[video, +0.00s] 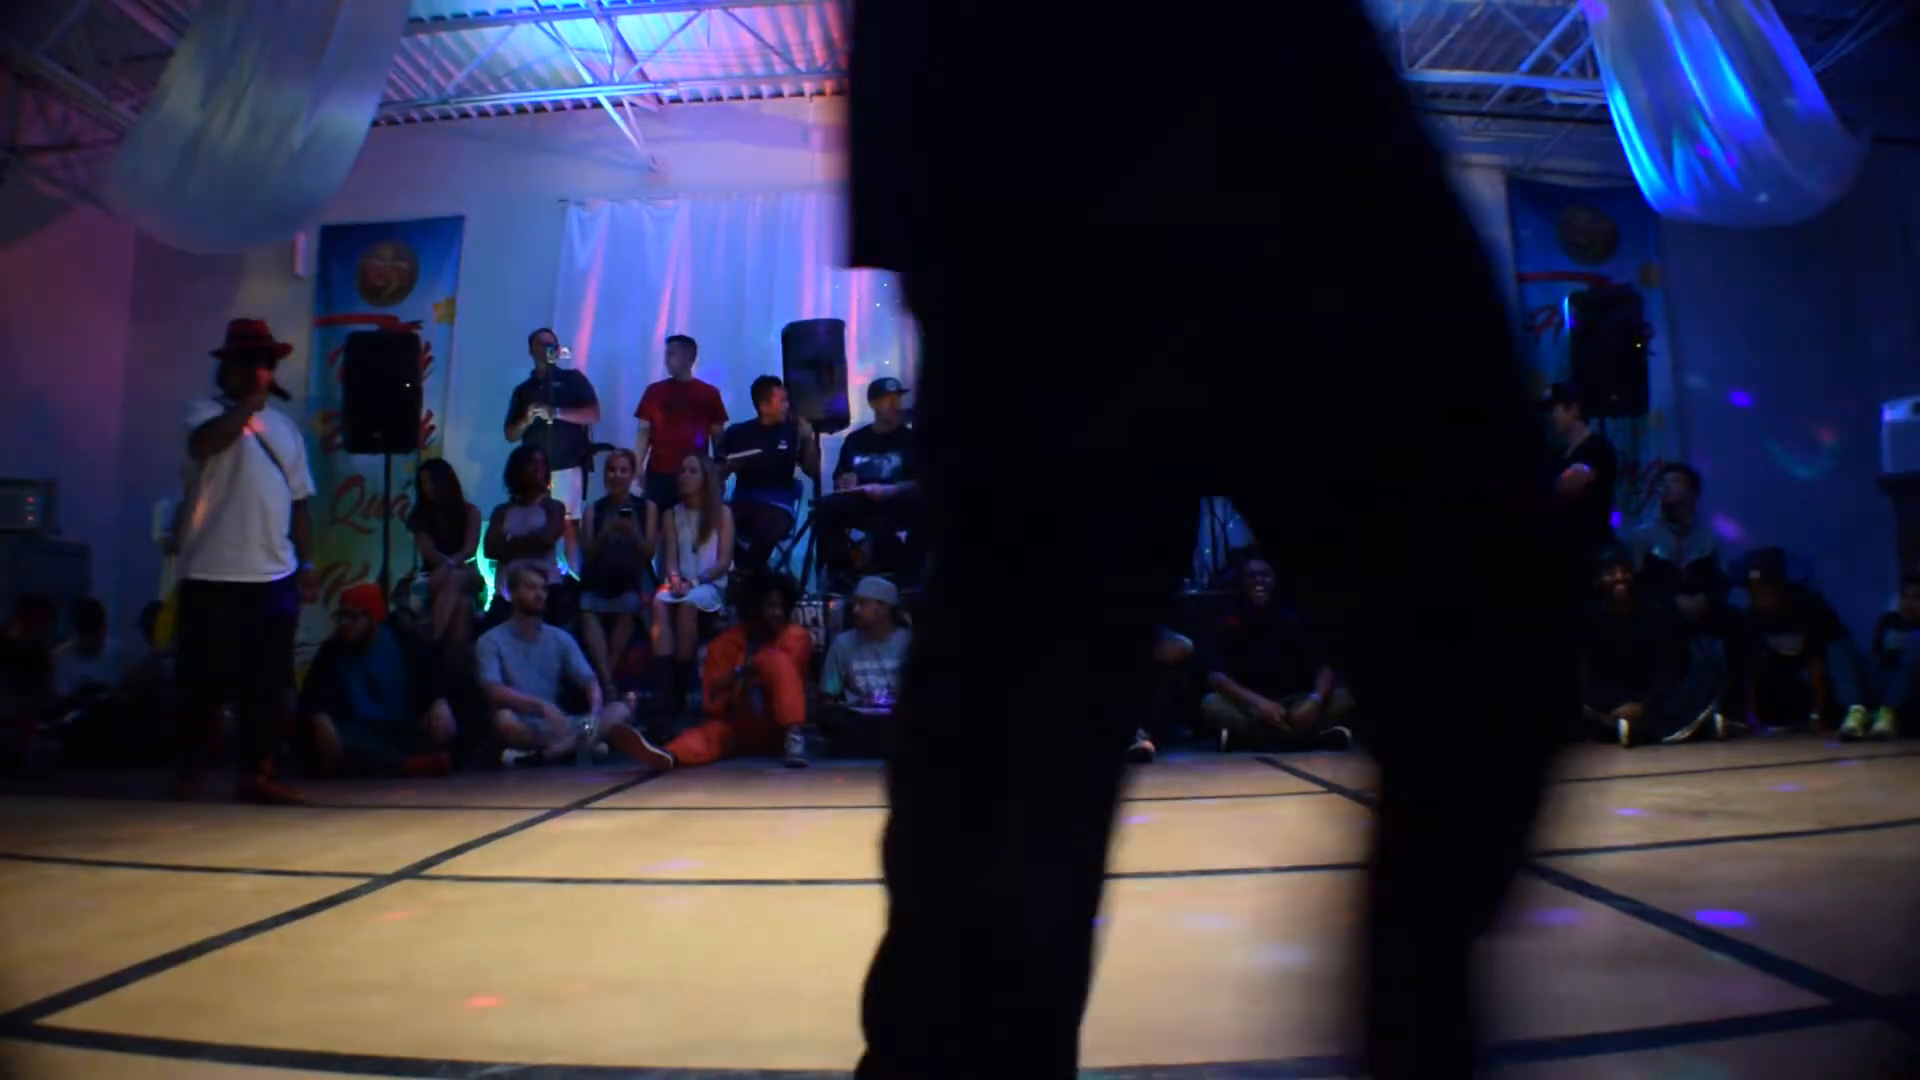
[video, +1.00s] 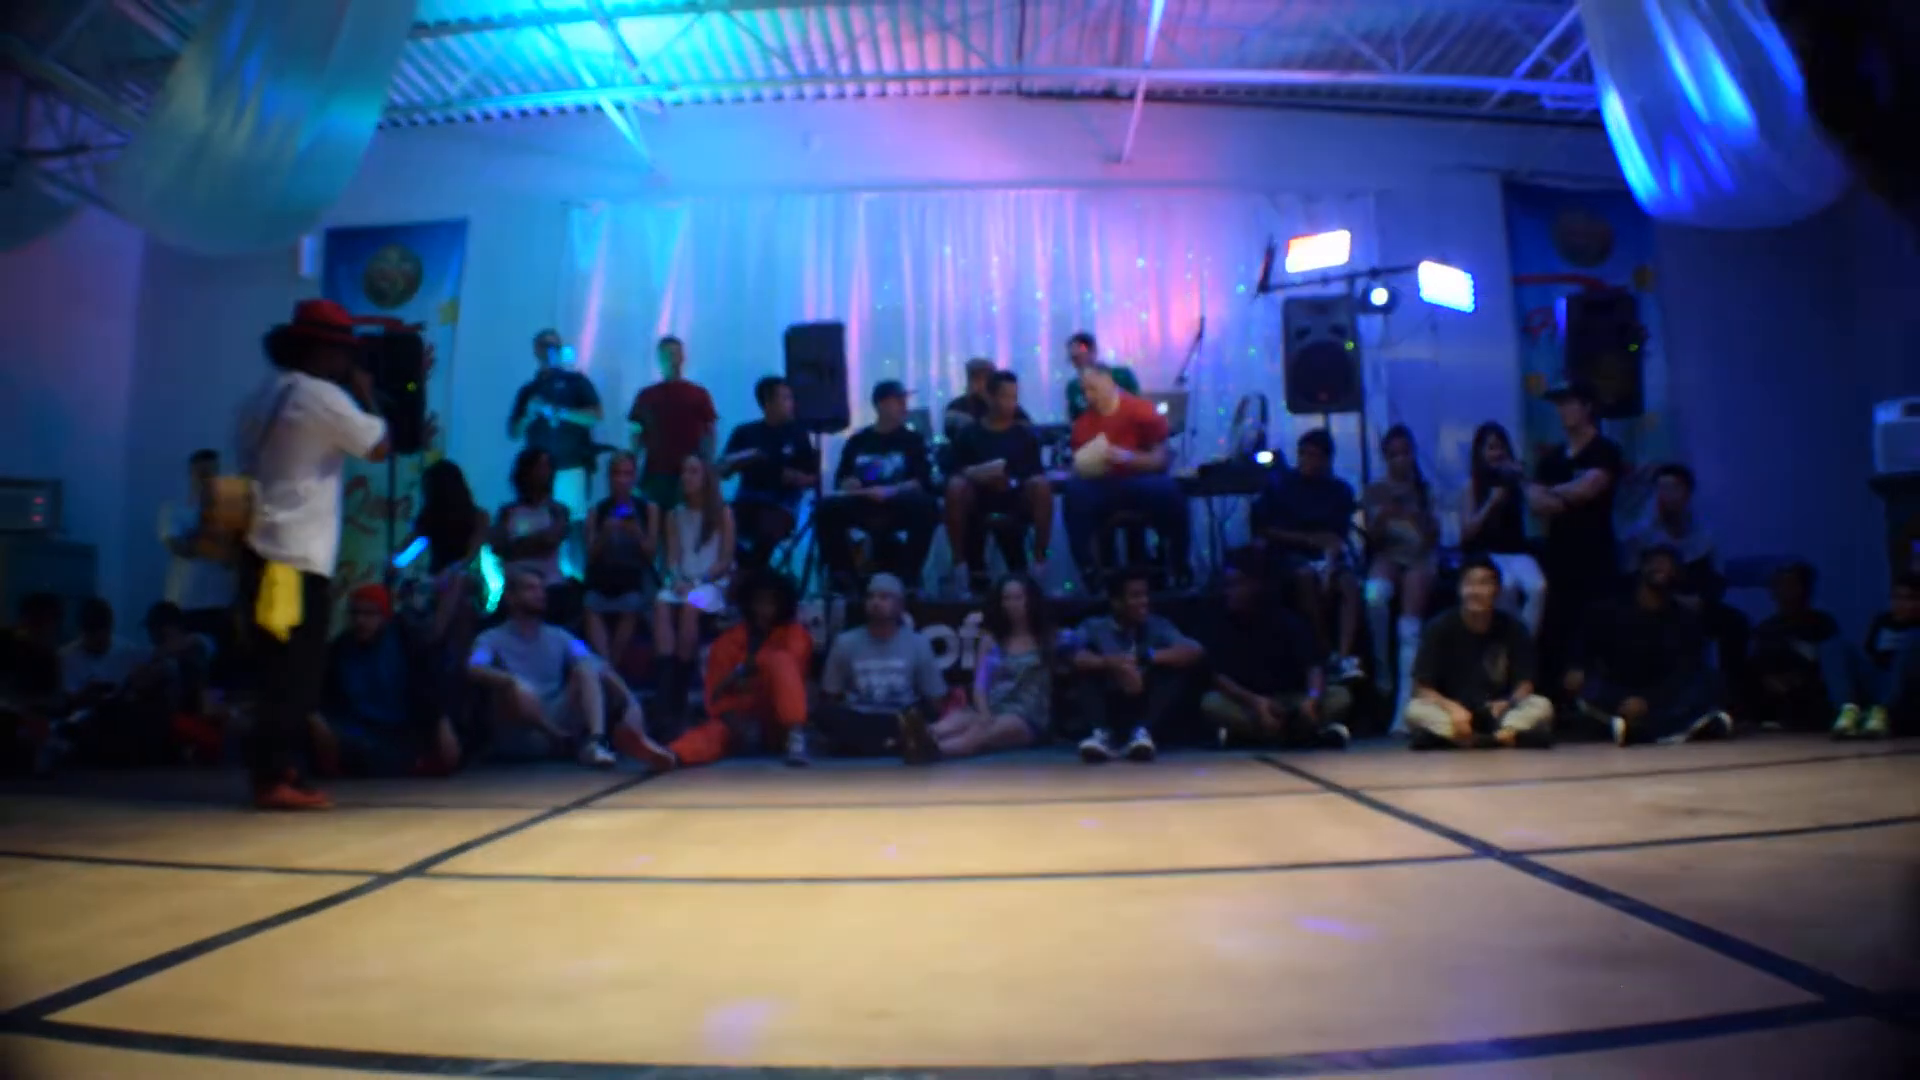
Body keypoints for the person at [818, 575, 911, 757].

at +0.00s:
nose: (856, 610)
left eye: (863, 604)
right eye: (856, 604)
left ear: (882, 608)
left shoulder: (906, 642)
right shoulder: (843, 644)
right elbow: (829, 697)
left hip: (897, 722)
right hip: (856, 721)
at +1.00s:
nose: (875, 604)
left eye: (883, 597)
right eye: (871, 597)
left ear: (899, 604)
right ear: (865, 602)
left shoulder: (917, 644)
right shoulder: (845, 643)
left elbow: (936, 700)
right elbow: (830, 697)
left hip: (904, 718)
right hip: (858, 718)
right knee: (825, 715)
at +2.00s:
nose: (872, 604)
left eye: (880, 598)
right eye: (868, 597)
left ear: (897, 606)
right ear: (862, 602)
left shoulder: (916, 645)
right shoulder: (844, 643)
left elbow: (935, 701)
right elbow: (829, 696)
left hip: (902, 716)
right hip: (856, 716)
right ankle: (886, 746)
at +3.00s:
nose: (870, 603)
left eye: (878, 598)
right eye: (866, 597)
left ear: (895, 605)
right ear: (861, 601)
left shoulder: (916, 645)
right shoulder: (843, 645)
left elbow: (935, 702)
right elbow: (828, 700)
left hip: (904, 720)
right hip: (858, 723)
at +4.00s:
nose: (870, 604)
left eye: (878, 598)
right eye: (866, 598)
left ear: (895, 605)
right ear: (861, 602)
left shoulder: (915, 645)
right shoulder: (843, 644)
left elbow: (936, 702)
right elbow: (827, 699)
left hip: (903, 715)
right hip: (859, 717)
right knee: (824, 717)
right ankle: (890, 745)